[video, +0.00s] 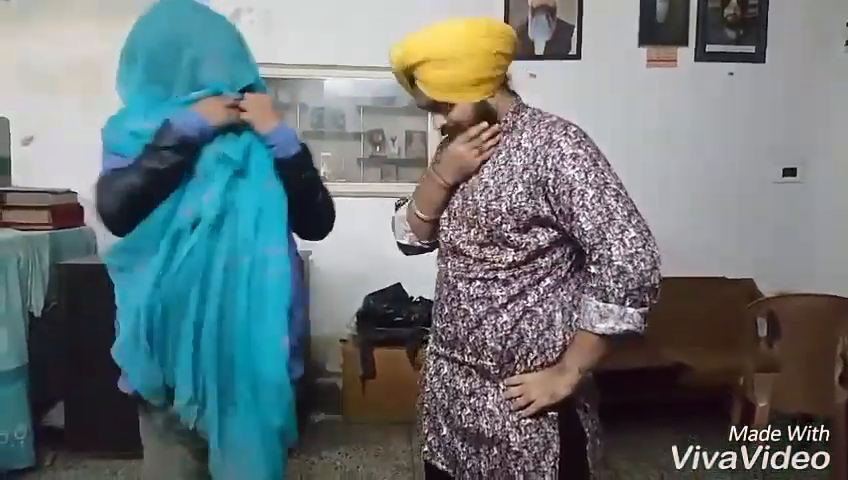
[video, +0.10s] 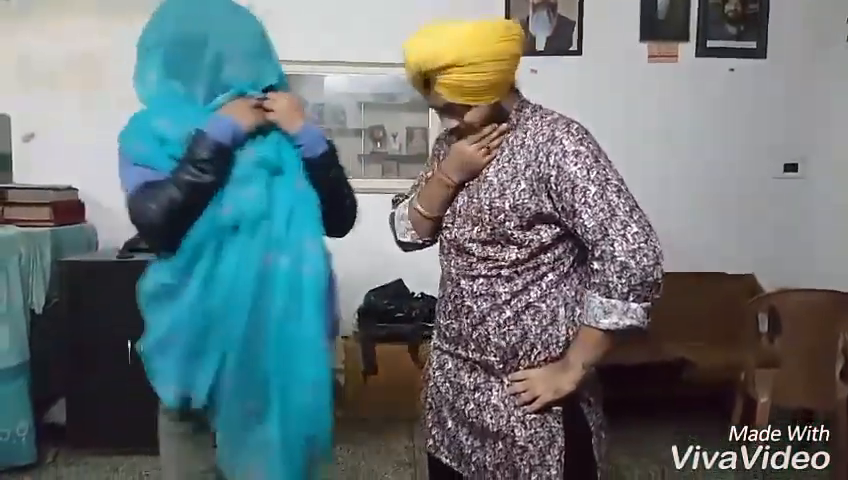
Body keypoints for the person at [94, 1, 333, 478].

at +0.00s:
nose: (215, 100)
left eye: (227, 85)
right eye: (194, 86)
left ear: (243, 76)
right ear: (159, 77)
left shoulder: (260, 139)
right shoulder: (132, 135)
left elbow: (317, 223)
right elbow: (116, 213)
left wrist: (279, 134)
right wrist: (188, 127)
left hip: (259, 367)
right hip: (166, 368)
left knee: (253, 469)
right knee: (170, 468)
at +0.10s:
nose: (240, 86)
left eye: (251, 69)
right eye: (219, 71)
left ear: (262, 61)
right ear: (185, 63)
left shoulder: (283, 129)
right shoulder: (151, 132)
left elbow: (340, 220)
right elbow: (158, 226)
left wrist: (306, 133)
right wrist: (221, 133)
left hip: (285, 356)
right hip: (193, 360)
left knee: (284, 468)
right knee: (190, 468)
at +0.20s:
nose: (265, 114)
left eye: (275, 100)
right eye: (243, 102)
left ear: (287, 90)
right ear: (206, 96)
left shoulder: (306, 155)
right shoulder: (177, 158)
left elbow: (366, 240)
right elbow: (188, 252)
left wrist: (330, 153)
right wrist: (252, 150)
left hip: (316, 401)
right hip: (220, 408)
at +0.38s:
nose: (301, 113)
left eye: (313, 96)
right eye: (280, 99)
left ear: (330, 89)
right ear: (247, 92)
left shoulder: (345, 162)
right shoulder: (220, 158)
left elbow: (392, 263)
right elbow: (206, 261)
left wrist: (365, 160)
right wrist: (275, 170)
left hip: (347, 411)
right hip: (252, 418)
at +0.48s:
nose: (311, 87)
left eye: (327, 66)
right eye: (291, 70)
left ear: (347, 51)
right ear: (264, 56)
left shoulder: (382, 123)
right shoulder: (241, 116)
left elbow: (417, 237)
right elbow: (197, 218)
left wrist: (382, 136)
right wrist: (277, 141)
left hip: (369, 400)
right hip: (261, 399)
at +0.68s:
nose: (353, 49)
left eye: (368, 36)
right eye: (336, 38)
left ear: (396, 35)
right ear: (312, 40)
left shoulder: (442, 117)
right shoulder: (292, 118)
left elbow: (488, 226)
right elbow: (223, 224)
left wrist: (421, 138)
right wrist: (285, 133)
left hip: (412, 377)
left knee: (403, 466)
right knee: (301, 464)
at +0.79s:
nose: (355, 59)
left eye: (372, 46)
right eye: (342, 46)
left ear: (408, 39)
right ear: (324, 48)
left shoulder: (468, 116)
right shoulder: (314, 123)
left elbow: (522, 228)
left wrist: (449, 148)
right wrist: (310, 163)